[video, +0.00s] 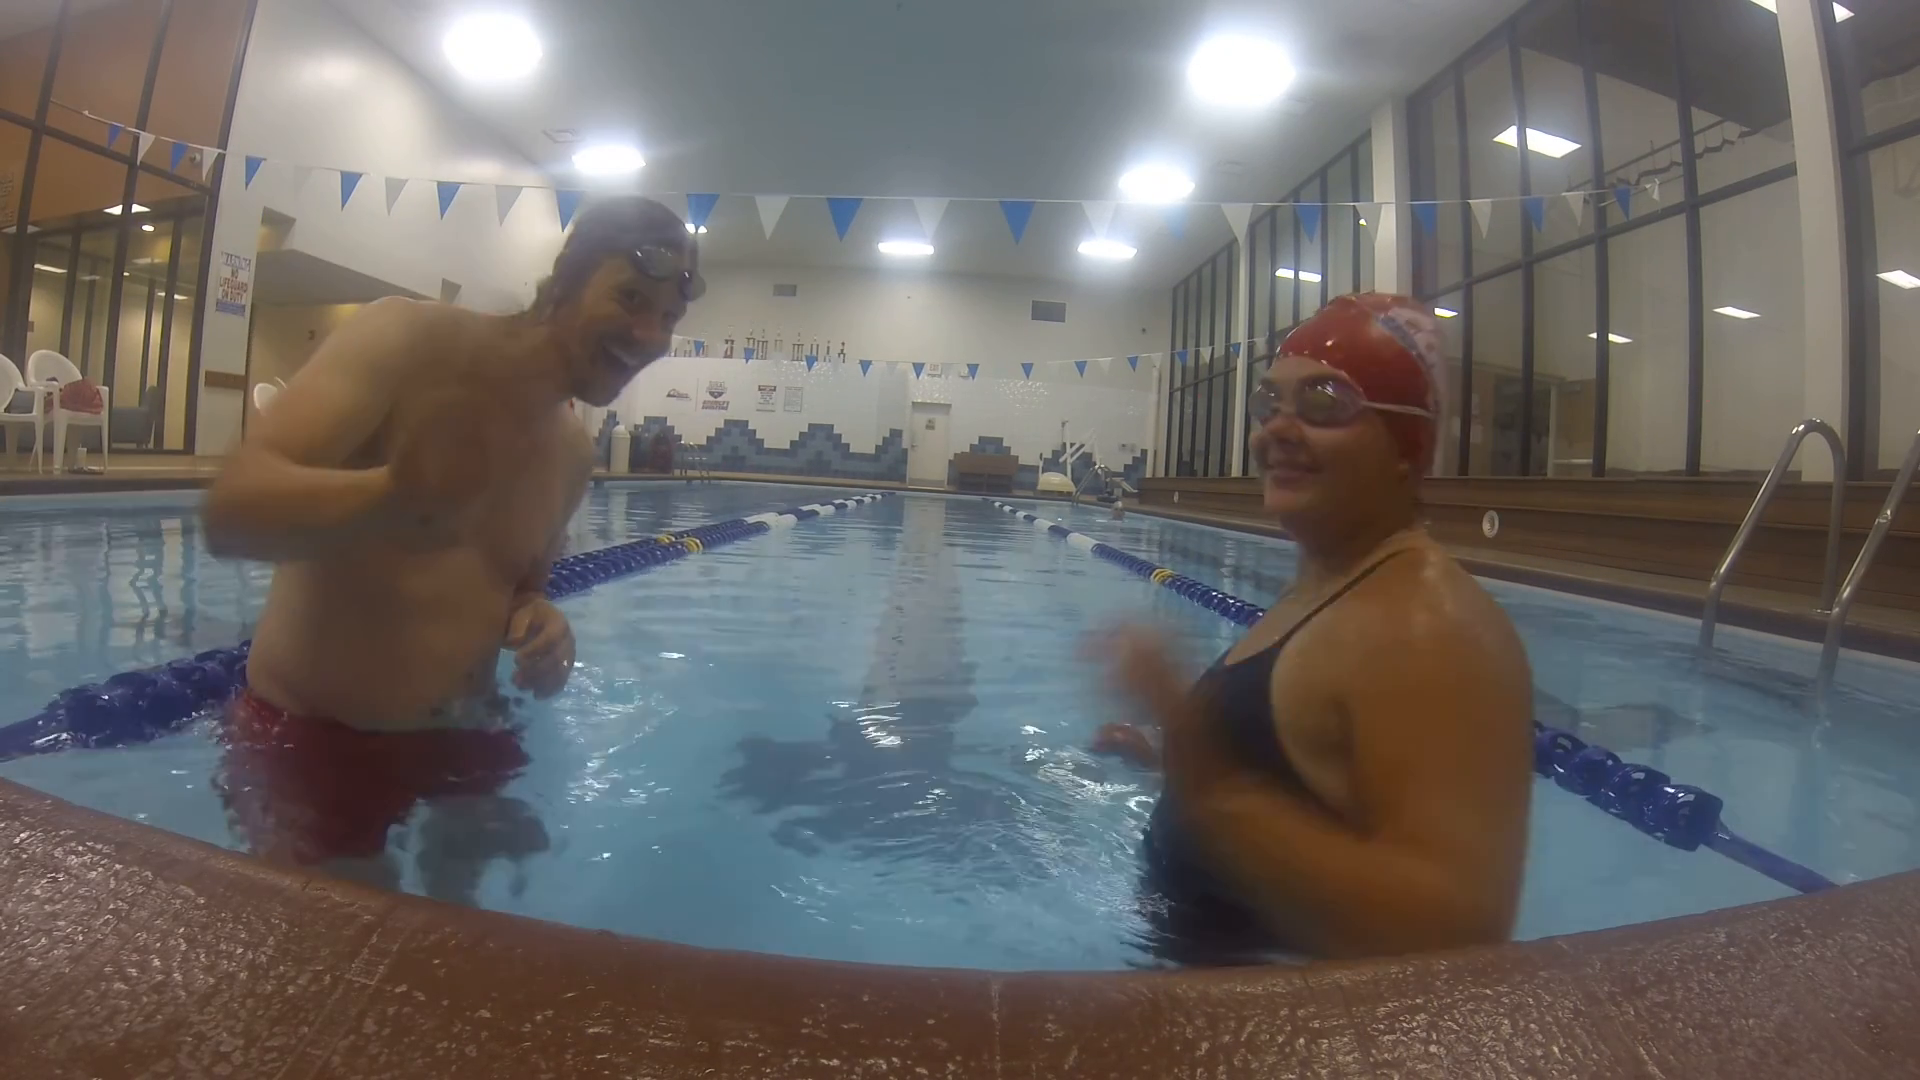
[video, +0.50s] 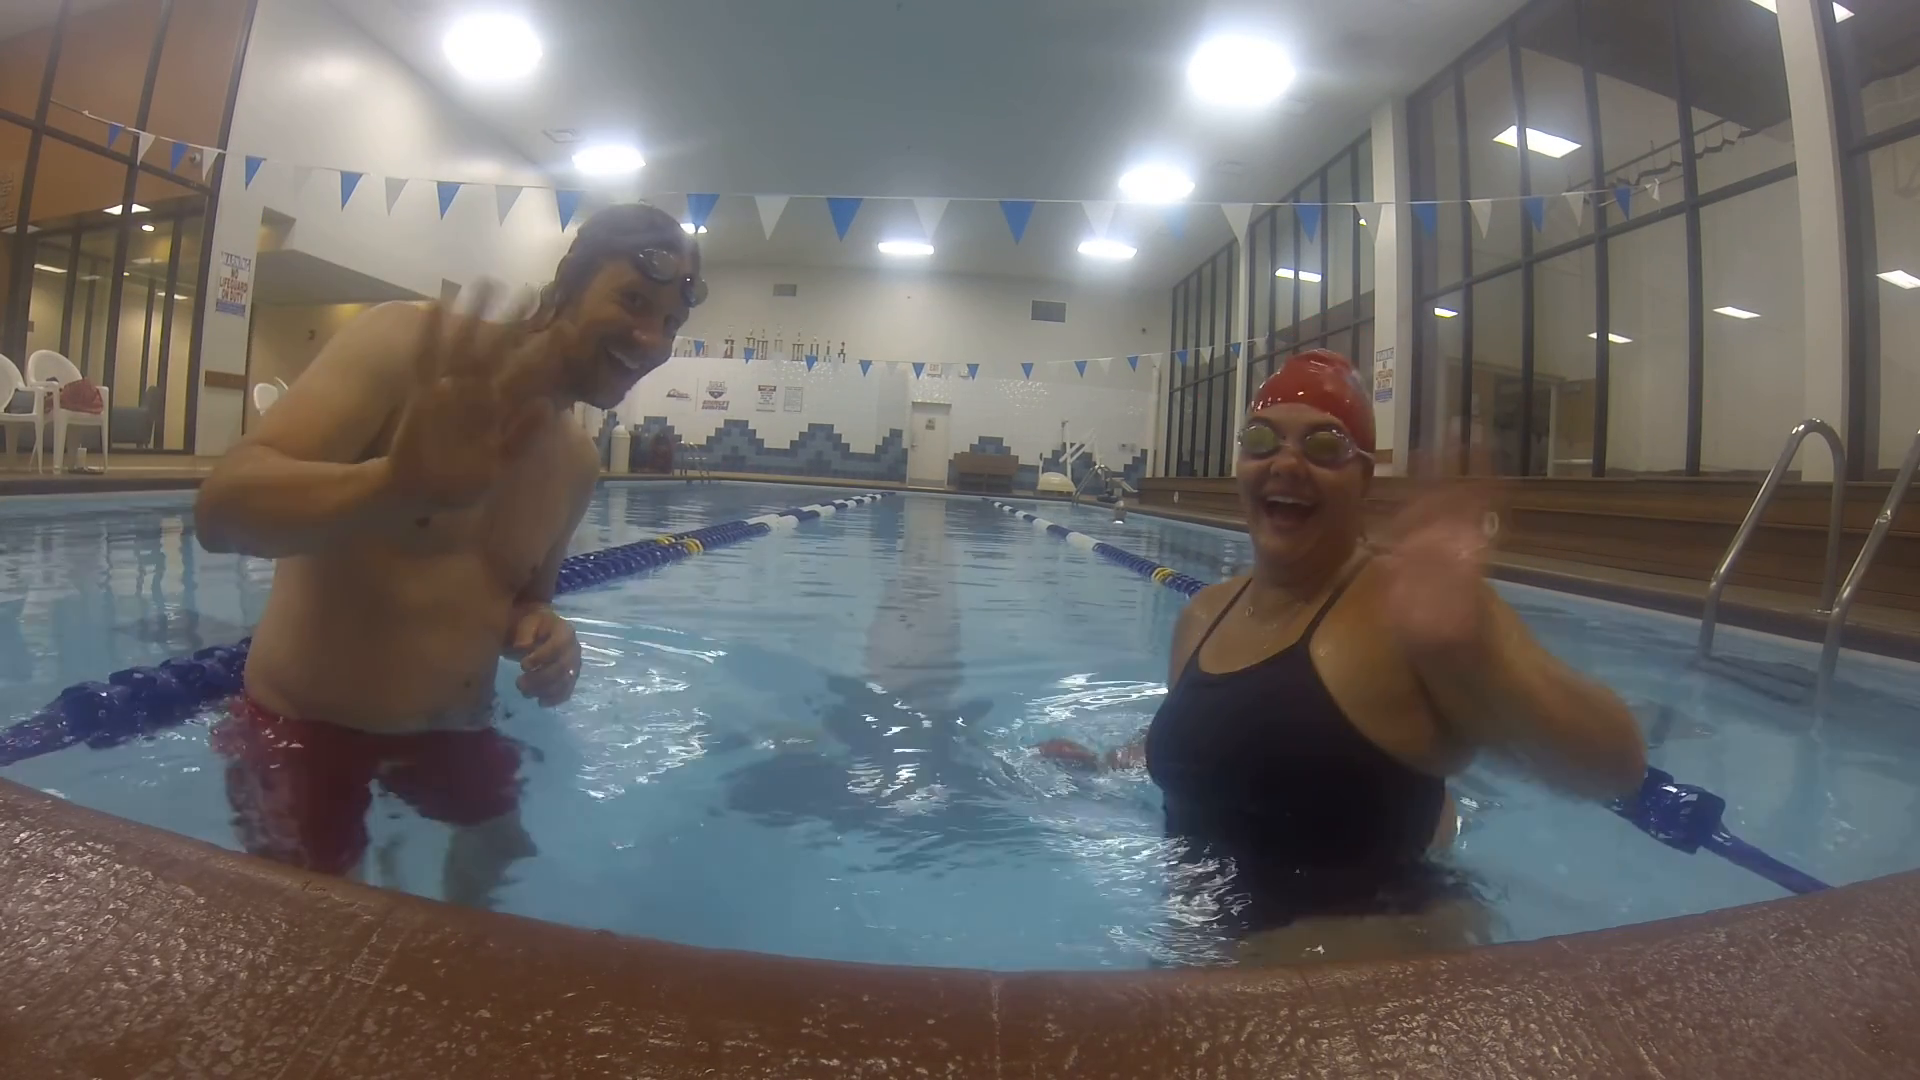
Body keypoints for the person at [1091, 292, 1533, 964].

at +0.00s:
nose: (1279, 427)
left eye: (1323, 405)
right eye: (1270, 404)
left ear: (1406, 445)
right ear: (1254, 420)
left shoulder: (1431, 635)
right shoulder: (1322, 584)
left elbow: (1452, 921)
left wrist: (1212, 788)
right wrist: (1174, 758)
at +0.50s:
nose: (1285, 467)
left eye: (1323, 447)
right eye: (1263, 442)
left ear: (1366, 477)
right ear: (1240, 464)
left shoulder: (1419, 607)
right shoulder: (1206, 612)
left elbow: (1619, 768)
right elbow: (1204, 742)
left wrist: (1468, 652)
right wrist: (1105, 765)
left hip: (1372, 985)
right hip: (1219, 973)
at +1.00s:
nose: (1337, 464)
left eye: (1364, 444)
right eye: (1308, 439)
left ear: (1389, 468)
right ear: (1266, 461)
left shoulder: (1442, 594)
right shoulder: (1205, 602)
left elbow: (1639, 725)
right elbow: (1163, 725)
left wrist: (1535, 630)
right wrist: (1066, 767)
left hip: (1403, 949)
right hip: (1252, 935)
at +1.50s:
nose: (1345, 468)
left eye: (1383, 446)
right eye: (1320, 442)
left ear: (1428, 468)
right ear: (1294, 459)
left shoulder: (1469, 595)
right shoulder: (1276, 593)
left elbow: (1634, 783)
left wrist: (1476, 650)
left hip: (1446, 955)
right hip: (1299, 943)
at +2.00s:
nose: (1290, 456)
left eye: (1304, 431)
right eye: (1298, 431)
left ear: (1360, 453)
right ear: (1369, 454)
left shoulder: (1399, 587)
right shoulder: (1458, 561)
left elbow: (1423, 852)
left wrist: (1224, 801)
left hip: (1372, 967)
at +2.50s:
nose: (1294, 424)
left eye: (1301, 407)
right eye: (1303, 404)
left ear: (1311, 424)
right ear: (1424, 433)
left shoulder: (1278, 537)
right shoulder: (1496, 551)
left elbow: (1184, 741)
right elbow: (1534, 758)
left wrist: (1124, 833)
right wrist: (1444, 815)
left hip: (1333, 933)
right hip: (1503, 916)